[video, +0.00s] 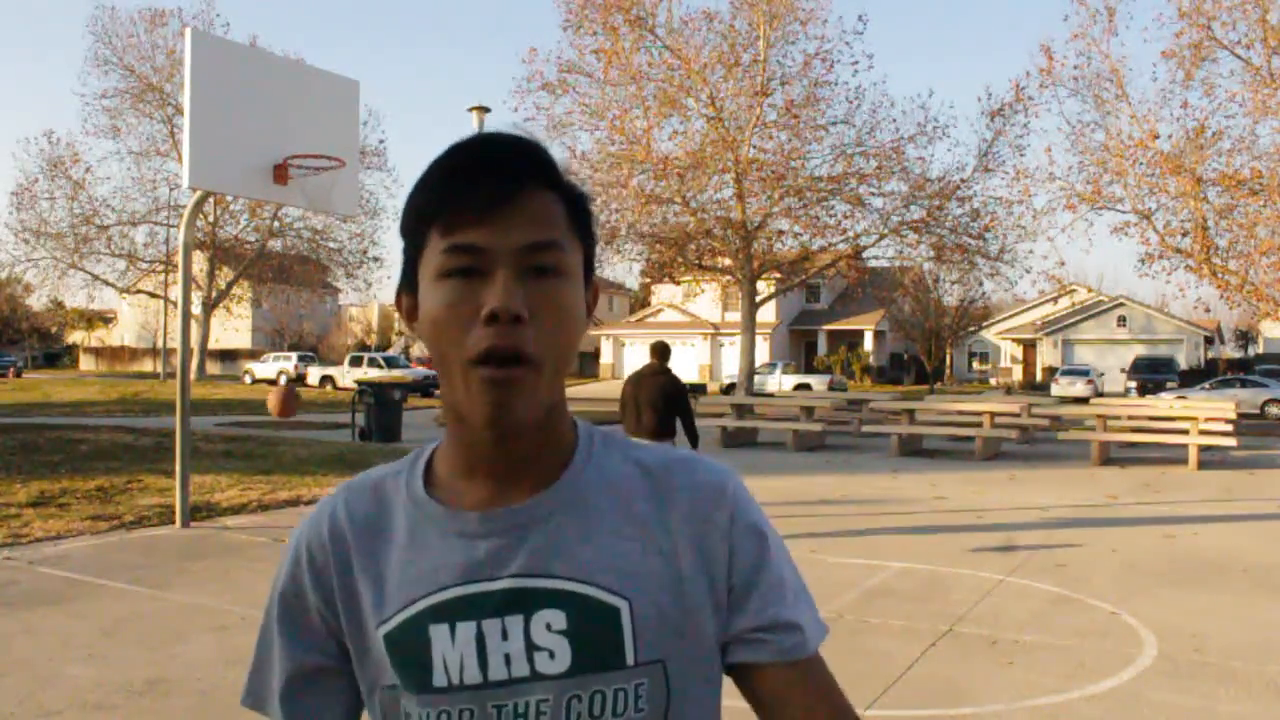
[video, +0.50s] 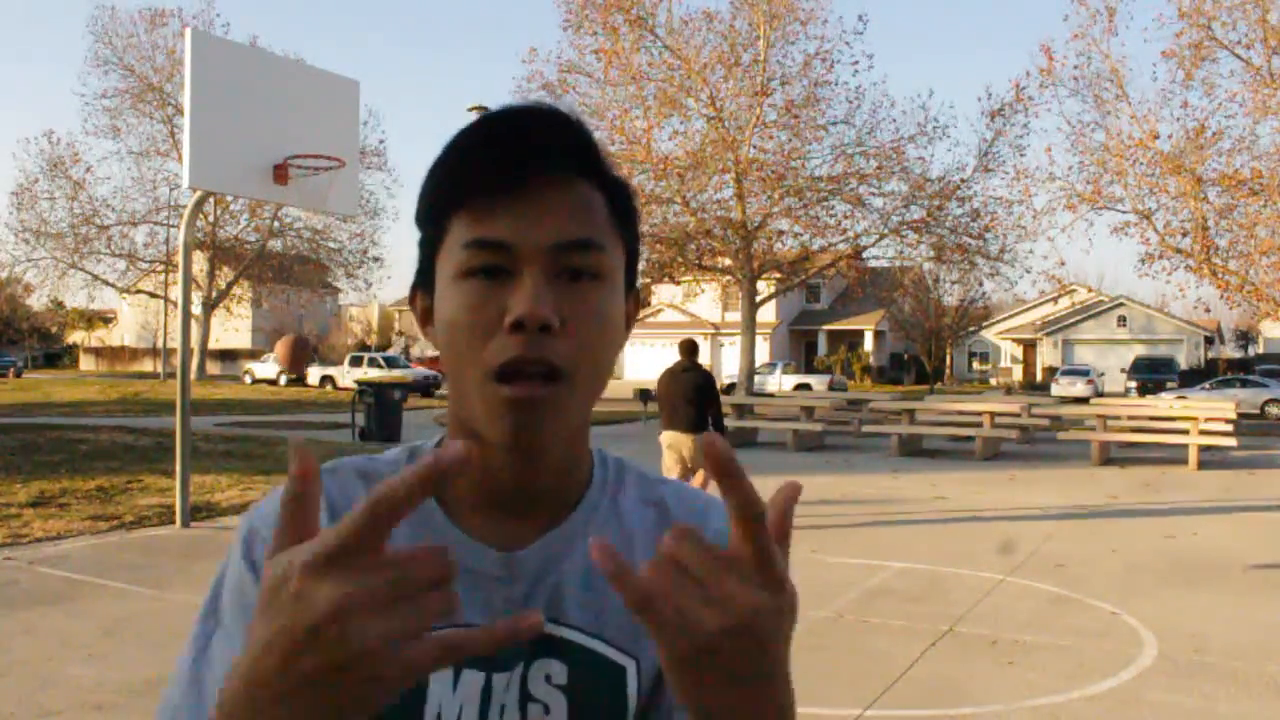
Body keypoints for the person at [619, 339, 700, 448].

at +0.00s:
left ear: (651, 354)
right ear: (668, 356)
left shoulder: (632, 379)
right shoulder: (674, 383)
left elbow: (623, 411)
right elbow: (686, 418)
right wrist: (694, 445)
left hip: (633, 443)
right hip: (662, 443)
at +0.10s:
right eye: (674, 353)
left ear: (658, 353)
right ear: (675, 354)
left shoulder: (639, 377)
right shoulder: (679, 379)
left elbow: (629, 405)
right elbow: (690, 407)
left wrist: (629, 429)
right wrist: (696, 431)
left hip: (642, 435)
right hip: (668, 436)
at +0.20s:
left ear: (663, 356)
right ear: (680, 357)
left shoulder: (646, 379)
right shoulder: (686, 381)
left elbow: (633, 409)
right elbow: (696, 407)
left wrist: (633, 435)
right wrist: (700, 428)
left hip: (650, 437)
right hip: (673, 437)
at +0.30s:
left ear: (668, 358)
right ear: (685, 357)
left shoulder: (653, 382)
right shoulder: (694, 384)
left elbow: (641, 411)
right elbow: (704, 411)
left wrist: (638, 436)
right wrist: (706, 431)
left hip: (658, 438)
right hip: (681, 440)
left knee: (673, 477)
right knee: (683, 477)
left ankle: (676, 514)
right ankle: (661, 511)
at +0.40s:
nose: (690, 356)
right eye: (690, 354)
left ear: (674, 355)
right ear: (690, 355)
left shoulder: (660, 379)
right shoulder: (698, 379)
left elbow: (650, 410)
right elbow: (708, 410)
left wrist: (651, 435)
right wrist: (714, 437)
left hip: (663, 437)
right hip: (687, 438)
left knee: (670, 478)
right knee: (698, 475)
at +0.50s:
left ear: (680, 352)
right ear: (697, 352)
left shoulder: (665, 376)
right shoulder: (705, 377)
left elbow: (662, 406)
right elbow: (715, 410)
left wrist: (667, 427)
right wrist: (720, 438)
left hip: (669, 434)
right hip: (696, 436)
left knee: (673, 482)